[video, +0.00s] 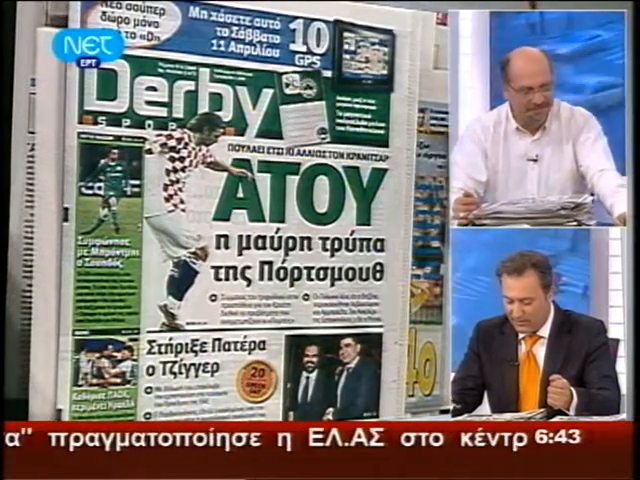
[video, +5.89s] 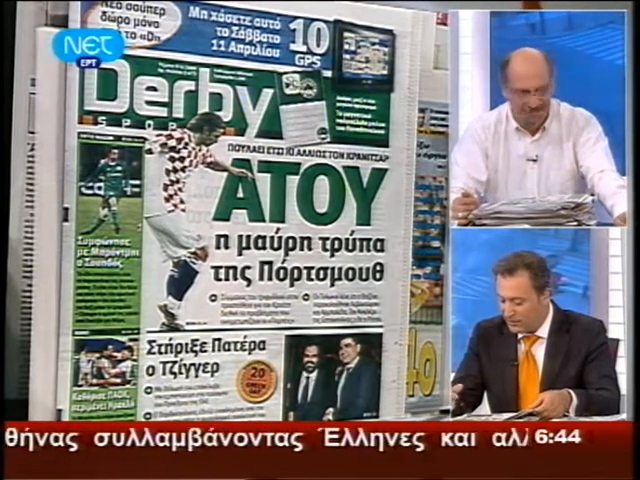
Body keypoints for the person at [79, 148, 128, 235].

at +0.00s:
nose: (115, 156)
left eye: (116, 154)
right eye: (113, 154)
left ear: (118, 155)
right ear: (109, 155)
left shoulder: (122, 165)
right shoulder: (104, 164)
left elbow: (126, 177)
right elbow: (96, 174)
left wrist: (127, 187)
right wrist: (86, 182)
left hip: (118, 189)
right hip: (108, 189)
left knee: (105, 213)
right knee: (113, 206)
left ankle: (91, 231)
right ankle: (116, 225)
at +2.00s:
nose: (115, 156)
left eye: (116, 154)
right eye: (113, 154)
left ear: (118, 155)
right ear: (109, 155)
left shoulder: (122, 165)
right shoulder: (104, 164)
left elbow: (126, 177)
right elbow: (96, 174)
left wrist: (127, 187)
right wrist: (86, 182)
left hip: (118, 189)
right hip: (108, 189)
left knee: (105, 213)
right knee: (113, 206)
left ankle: (91, 231)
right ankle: (116, 225)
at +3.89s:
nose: (115, 156)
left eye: (116, 154)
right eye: (113, 154)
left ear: (118, 155)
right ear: (109, 155)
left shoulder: (122, 165)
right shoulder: (104, 165)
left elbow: (126, 176)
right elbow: (95, 174)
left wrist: (128, 187)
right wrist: (85, 182)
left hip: (118, 190)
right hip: (108, 189)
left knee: (105, 213)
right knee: (113, 205)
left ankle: (91, 230)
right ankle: (116, 226)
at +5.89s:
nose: (115, 156)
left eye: (116, 154)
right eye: (113, 154)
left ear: (118, 155)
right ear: (109, 154)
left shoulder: (122, 165)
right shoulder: (104, 165)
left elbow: (126, 176)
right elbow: (95, 174)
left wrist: (127, 187)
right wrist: (85, 182)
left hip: (118, 190)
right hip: (108, 189)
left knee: (105, 213)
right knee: (113, 205)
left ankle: (91, 230)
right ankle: (116, 225)